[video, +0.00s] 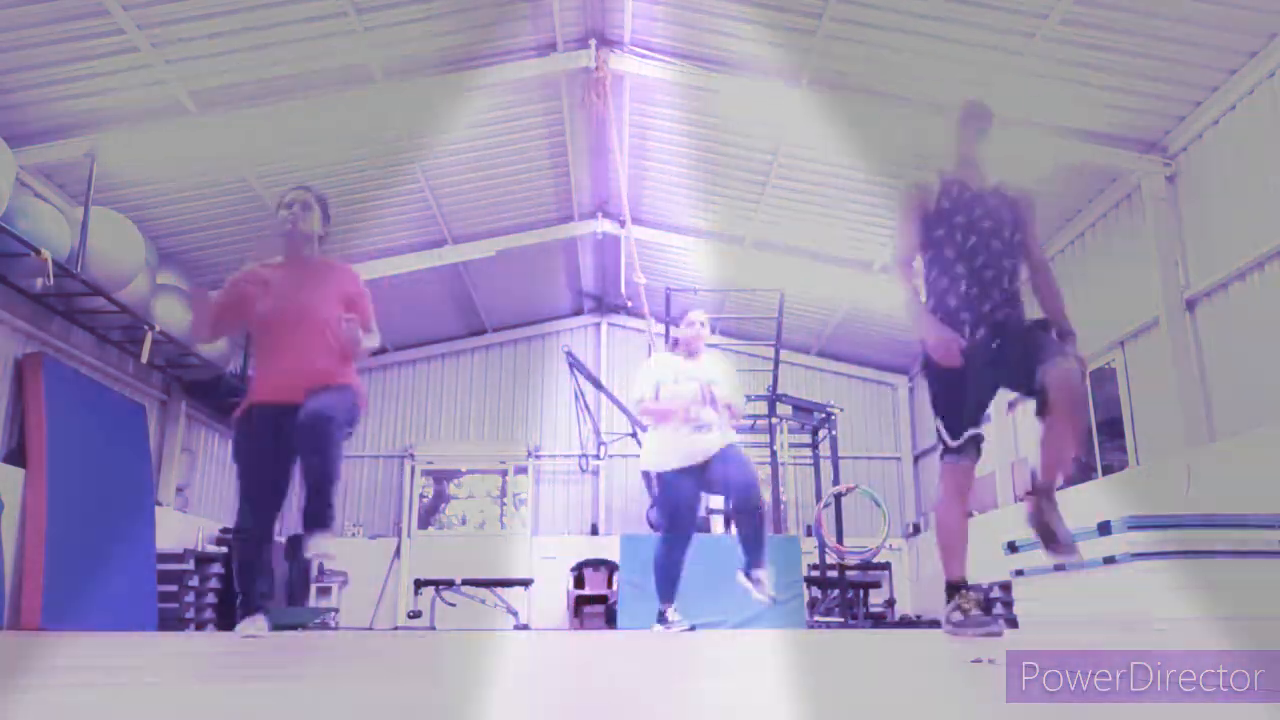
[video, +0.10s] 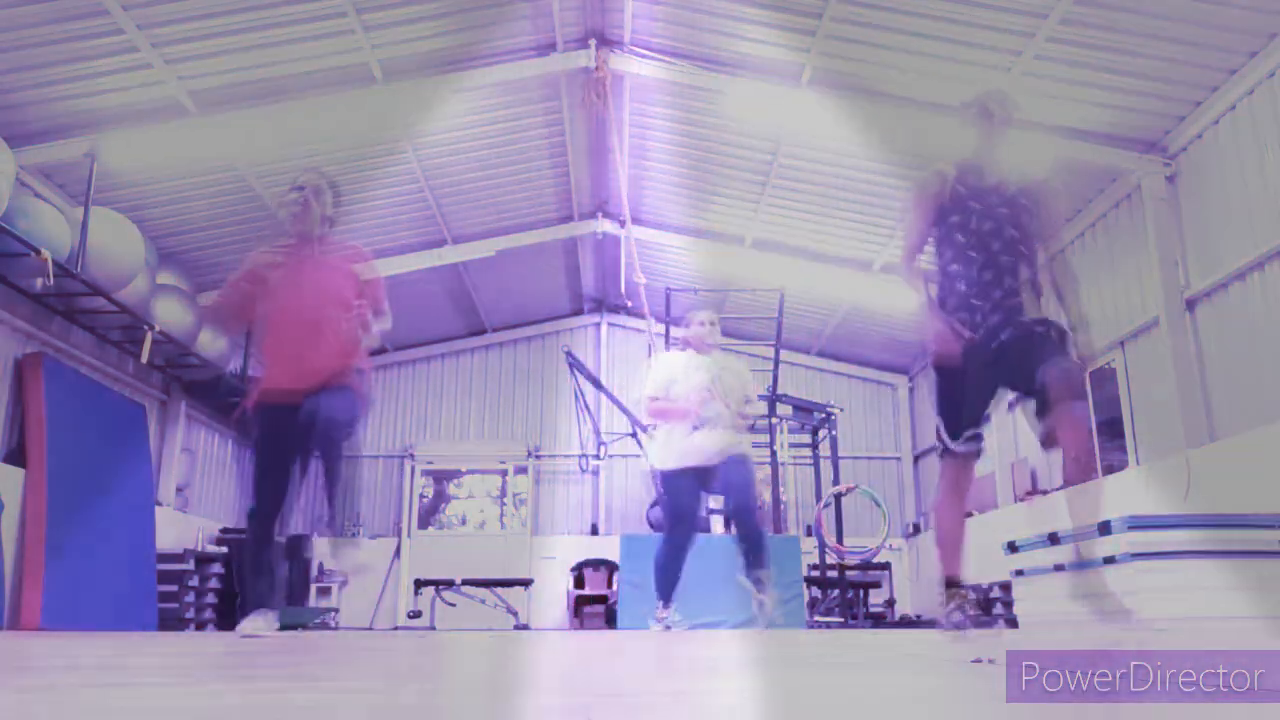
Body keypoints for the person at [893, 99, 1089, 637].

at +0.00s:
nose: (972, 136)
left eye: (980, 128)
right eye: (966, 127)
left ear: (988, 137)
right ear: (953, 134)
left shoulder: (1012, 202)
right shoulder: (925, 197)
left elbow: (1038, 269)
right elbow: (903, 266)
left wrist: (1061, 328)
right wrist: (927, 327)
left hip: (1010, 334)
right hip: (953, 340)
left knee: (1067, 376)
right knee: (958, 467)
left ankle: (1044, 497)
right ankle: (958, 595)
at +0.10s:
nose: (988, 133)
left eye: (997, 124)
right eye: (981, 122)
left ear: (1009, 132)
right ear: (966, 127)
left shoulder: (1026, 195)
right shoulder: (940, 188)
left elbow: (1052, 267)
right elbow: (907, 261)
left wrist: (1077, 331)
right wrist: (932, 319)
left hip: (1020, 328)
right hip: (960, 334)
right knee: (959, 463)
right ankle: (953, 592)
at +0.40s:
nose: (1036, 138)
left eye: (1044, 130)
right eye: (1028, 127)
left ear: (1054, 139)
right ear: (1009, 135)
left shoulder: (1079, 197)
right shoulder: (983, 194)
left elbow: (1100, 272)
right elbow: (955, 270)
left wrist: (1118, 340)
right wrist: (969, 335)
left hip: (1073, 349)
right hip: (1008, 349)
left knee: (1099, 469)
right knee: (1008, 458)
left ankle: (1102, 598)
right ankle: (956, 550)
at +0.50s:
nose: (1040, 135)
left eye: (1048, 127)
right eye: (1032, 125)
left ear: (1058, 133)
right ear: (1015, 129)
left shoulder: (1085, 186)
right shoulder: (984, 188)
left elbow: (1112, 265)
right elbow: (962, 261)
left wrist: (1125, 333)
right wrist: (966, 326)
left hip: (1078, 330)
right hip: (1015, 326)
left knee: (1091, 467)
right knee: (1047, 405)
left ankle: (1097, 592)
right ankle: (990, 490)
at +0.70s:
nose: (1053, 137)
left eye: (1061, 132)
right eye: (1044, 131)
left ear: (1071, 149)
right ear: (1027, 149)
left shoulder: (1097, 210)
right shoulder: (997, 209)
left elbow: (1126, 283)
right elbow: (978, 290)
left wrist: (1149, 348)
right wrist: (974, 370)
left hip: (1093, 344)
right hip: (1029, 340)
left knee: (1101, 479)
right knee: (1098, 363)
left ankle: (1090, 601)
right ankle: (1042, 463)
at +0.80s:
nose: (1051, 122)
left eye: (1058, 115)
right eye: (1041, 115)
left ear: (1069, 125)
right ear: (1024, 127)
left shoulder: (1100, 183)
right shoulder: (1001, 191)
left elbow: (1131, 255)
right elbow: (977, 273)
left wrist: (1148, 316)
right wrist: (975, 346)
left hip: (1099, 326)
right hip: (1038, 323)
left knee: (1107, 465)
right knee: (1090, 384)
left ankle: (1103, 588)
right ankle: (1075, 524)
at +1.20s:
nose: (1067, 137)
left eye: (1073, 127)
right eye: (1058, 127)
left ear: (1084, 131)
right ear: (1040, 132)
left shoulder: (1109, 190)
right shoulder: (1025, 200)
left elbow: (1138, 262)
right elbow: (1003, 281)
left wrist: (1170, 317)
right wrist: (1026, 337)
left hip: (1120, 337)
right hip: (1069, 343)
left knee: (1166, 441)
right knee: (1087, 463)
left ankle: (1124, 521)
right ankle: (1106, 592)